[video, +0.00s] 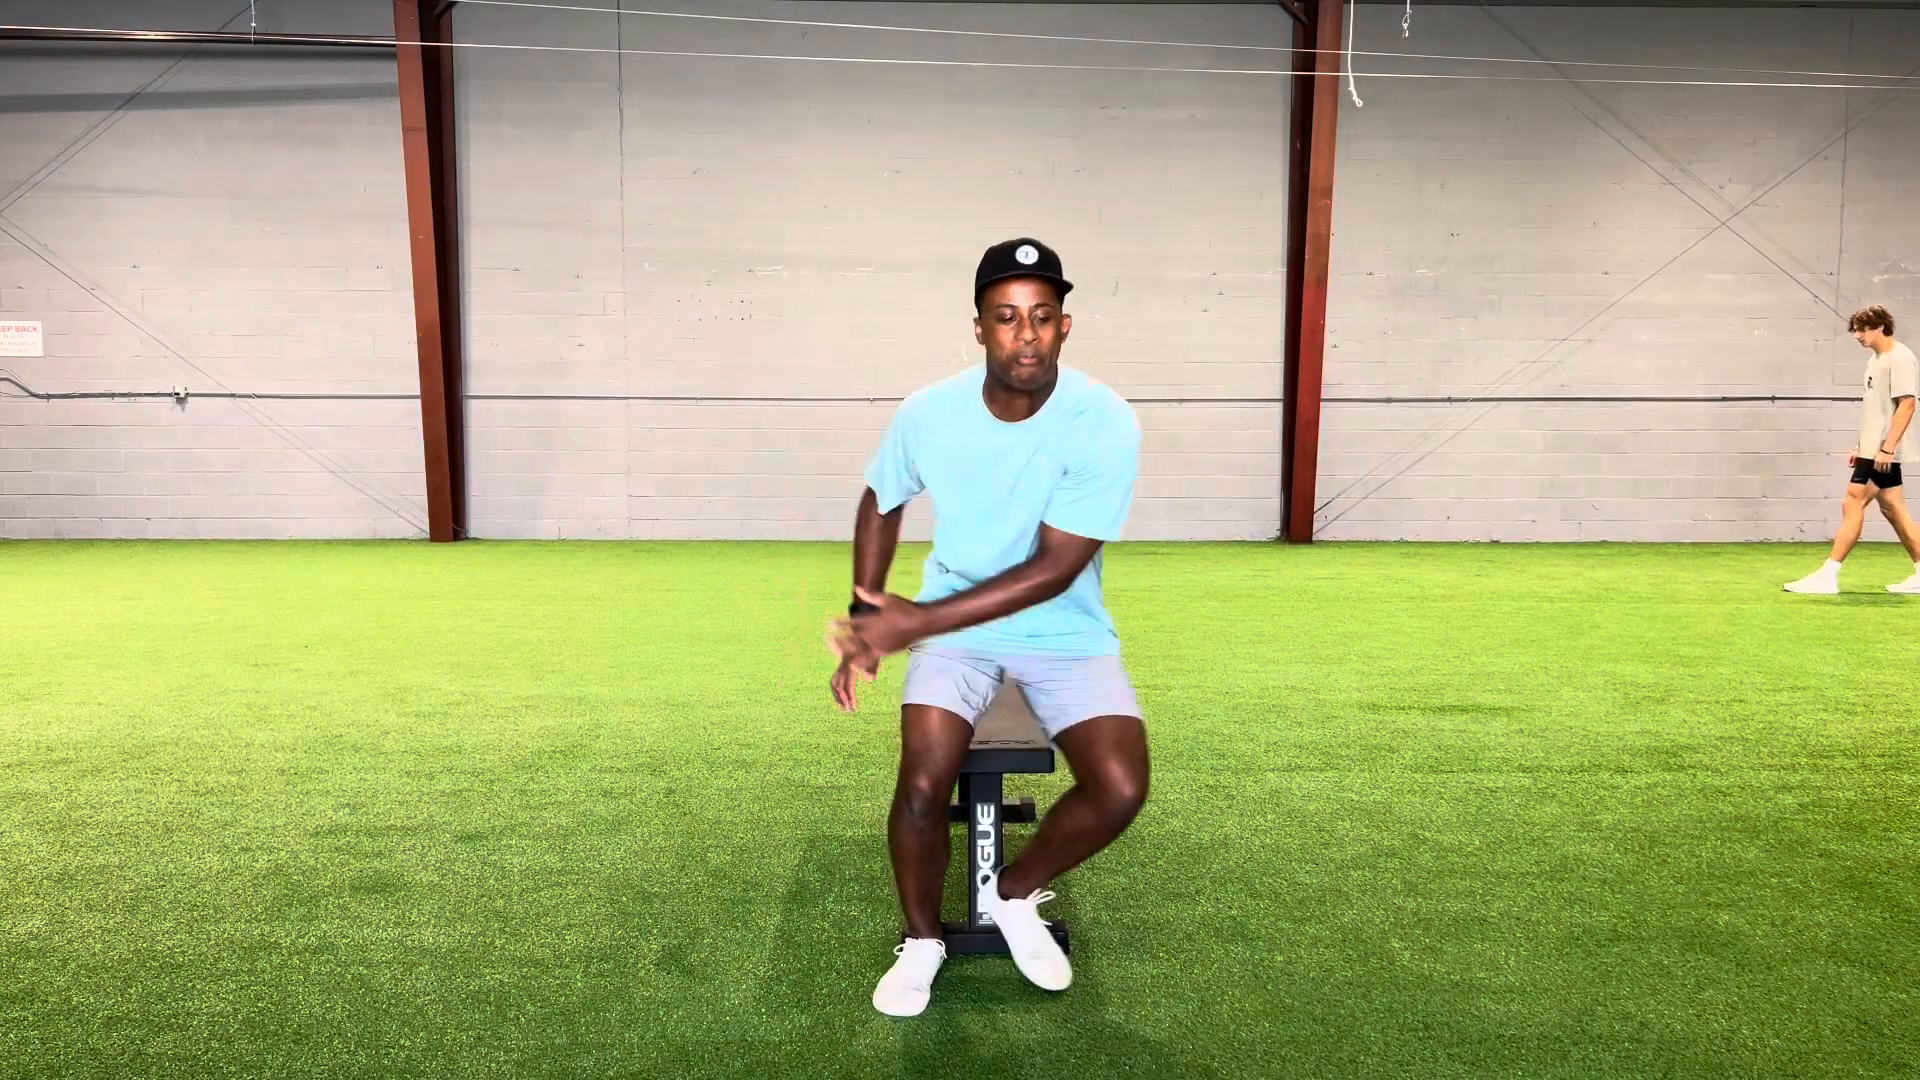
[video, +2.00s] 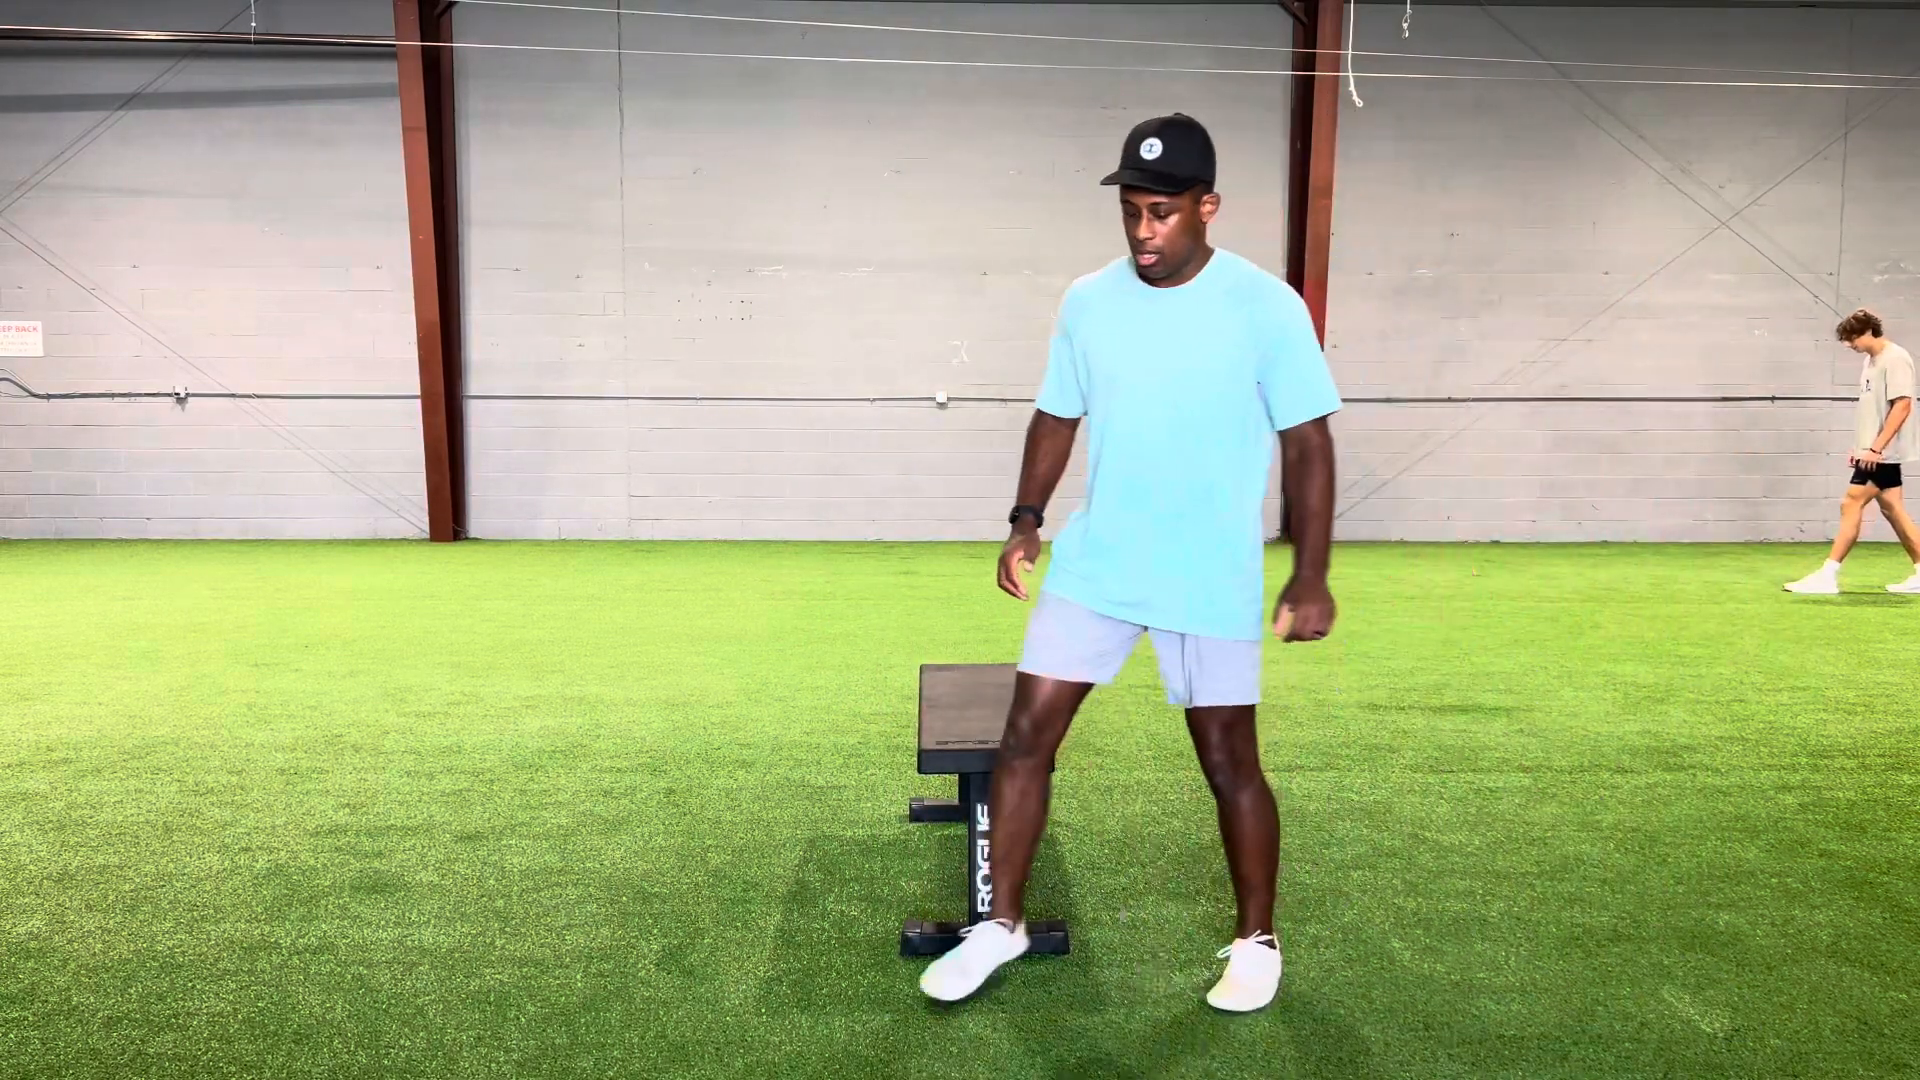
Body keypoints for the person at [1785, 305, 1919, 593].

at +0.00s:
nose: (1858, 337)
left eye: (1862, 330)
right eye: (1856, 332)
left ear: (1879, 328)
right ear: (1870, 332)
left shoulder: (1900, 357)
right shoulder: (1875, 359)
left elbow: (1907, 405)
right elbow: (1874, 410)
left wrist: (1888, 448)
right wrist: (1860, 447)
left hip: (1882, 449)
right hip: (1873, 449)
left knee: (1853, 504)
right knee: (1893, 508)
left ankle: (1828, 574)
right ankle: (1919, 570)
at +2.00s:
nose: (1851, 347)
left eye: (1852, 340)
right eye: (1848, 342)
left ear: (1867, 332)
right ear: (1864, 335)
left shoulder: (1895, 357)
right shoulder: (1874, 359)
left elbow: (1903, 407)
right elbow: (1872, 410)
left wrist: (1876, 448)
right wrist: (1860, 448)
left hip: (1883, 452)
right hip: (1876, 452)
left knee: (1851, 504)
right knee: (1892, 509)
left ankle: (1828, 574)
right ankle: (1919, 570)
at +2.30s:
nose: (1836, 348)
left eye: (1839, 341)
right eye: (1831, 345)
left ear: (1852, 336)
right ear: (1829, 347)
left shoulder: (1873, 361)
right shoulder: (1843, 369)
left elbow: (1884, 409)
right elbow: (1848, 412)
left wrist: (1857, 450)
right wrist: (1837, 445)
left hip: (1881, 450)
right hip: (1871, 450)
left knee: (1841, 501)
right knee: (1894, 511)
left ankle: (1826, 574)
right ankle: (1919, 571)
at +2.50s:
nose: (1808, 361)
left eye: (1811, 354)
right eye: (1803, 358)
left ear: (1825, 347)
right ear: (1801, 358)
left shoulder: (1845, 370)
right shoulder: (1816, 378)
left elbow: (1858, 418)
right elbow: (1823, 416)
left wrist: (1843, 457)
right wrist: (1826, 449)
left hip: (1875, 448)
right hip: (1866, 449)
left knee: (1837, 501)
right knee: (1889, 509)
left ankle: (1826, 574)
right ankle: (1919, 567)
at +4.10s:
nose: (1775, 384)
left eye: (1777, 377)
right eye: (1772, 379)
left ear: (1792, 370)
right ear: (1788, 373)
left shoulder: (1823, 386)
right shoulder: (1796, 396)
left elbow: (1850, 427)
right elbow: (1811, 431)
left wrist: (1835, 471)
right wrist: (1814, 463)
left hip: (1869, 454)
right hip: (1863, 456)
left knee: (1822, 502)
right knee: (1885, 514)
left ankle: (1826, 576)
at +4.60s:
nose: (1762, 408)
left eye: (1760, 403)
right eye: (1758, 405)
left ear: (1770, 391)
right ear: (1769, 394)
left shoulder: (1807, 399)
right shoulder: (1784, 414)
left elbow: (1847, 430)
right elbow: (1800, 445)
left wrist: (1875, 470)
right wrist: (1796, 469)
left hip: (1862, 462)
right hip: (1853, 462)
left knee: (1817, 503)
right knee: (1881, 518)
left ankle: (1825, 577)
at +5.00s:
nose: (1753, 441)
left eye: (1751, 436)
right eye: (1749, 439)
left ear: (1760, 423)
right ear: (1757, 426)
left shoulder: (1795, 428)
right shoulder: (1771, 437)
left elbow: (1855, 434)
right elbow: (1782, 469)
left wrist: (1908, 444)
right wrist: (1777, 481)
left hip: (1864, 463)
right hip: (1861, 464)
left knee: (1814, 504)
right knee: (1868, 525)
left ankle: (1825, 577)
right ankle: (1919, 559)